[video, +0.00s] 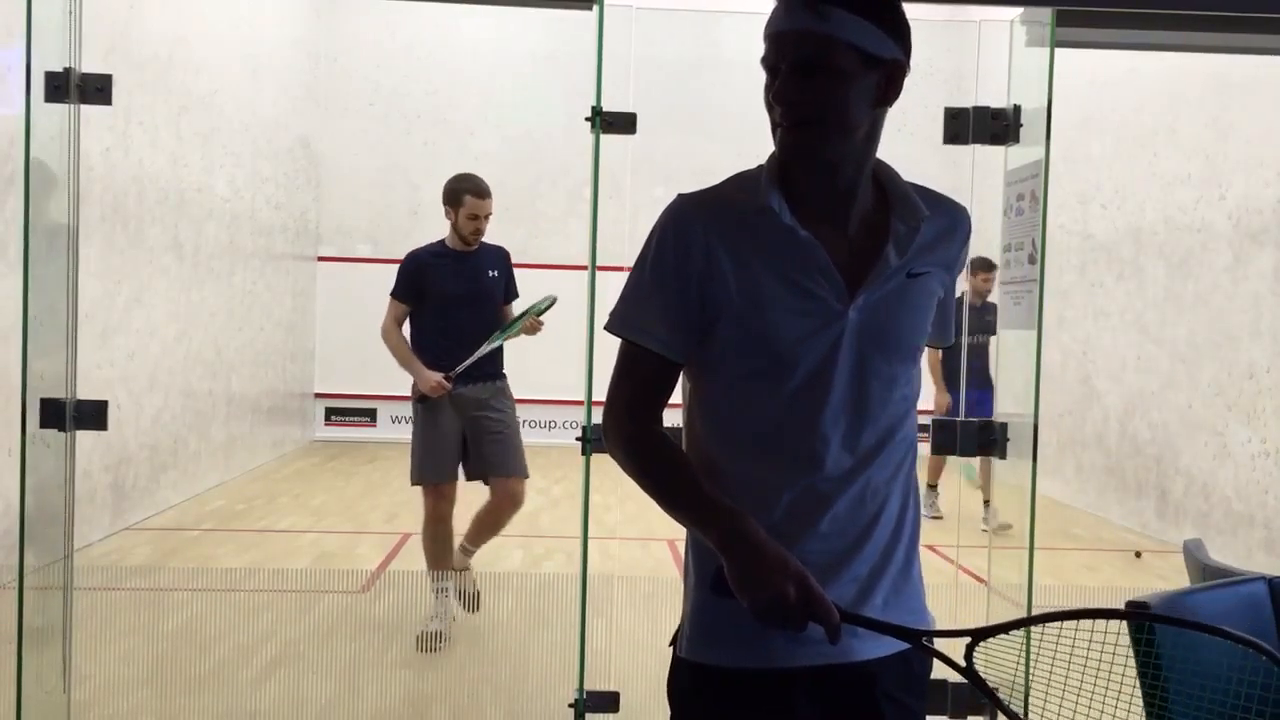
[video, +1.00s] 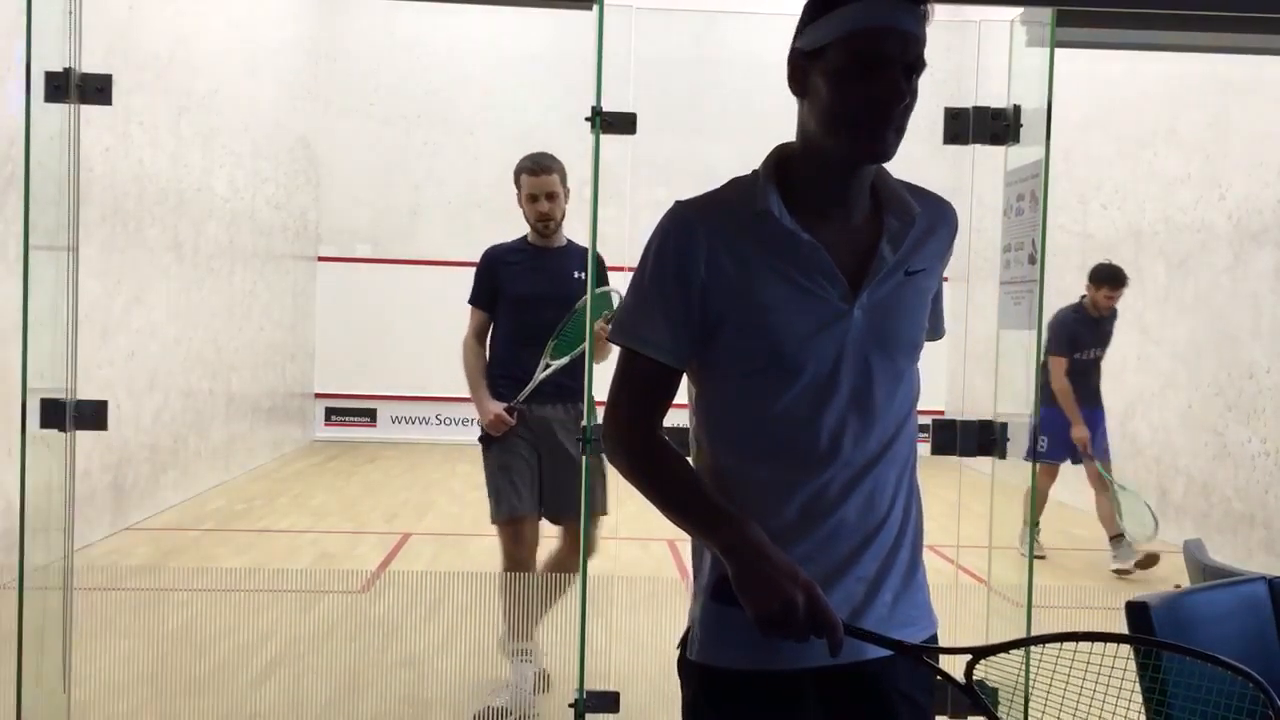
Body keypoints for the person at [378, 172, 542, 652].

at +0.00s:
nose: (482, 225)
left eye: (487, 217)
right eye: (474, 217)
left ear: (490, 214)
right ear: (450, 212)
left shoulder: (497, 258)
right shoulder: (420, 264)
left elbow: (504, 318)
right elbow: (390, 328)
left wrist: (522, 323)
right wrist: (418, 371)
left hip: (490, 392)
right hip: (438, 396)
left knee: (511, 494)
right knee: (439, 503)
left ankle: (461, 556)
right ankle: (440, 601)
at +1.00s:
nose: (544, 207)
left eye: (552, 196)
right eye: (534, 198)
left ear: (567, 197)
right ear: (519, 199)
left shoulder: (588, 264)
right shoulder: (497, 261)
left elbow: (601, 353)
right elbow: (474, 340)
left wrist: (602, 329)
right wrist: (483, 402)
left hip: (570, 417)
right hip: (511, 417)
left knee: (581, 538)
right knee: (518, 543)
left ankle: (522, 627)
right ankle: (523, 666)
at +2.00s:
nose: (603, 205)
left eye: (605, 195)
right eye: (605, 196)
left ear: (616, 192)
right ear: (651, 191)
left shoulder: (647, 248)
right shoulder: (649, 246)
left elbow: (640, 335)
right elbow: (642, 337)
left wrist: (574, 312)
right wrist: (612, 385)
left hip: (658, 420)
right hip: (635, 413)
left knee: (662, 540)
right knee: (615, 513)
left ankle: (684, 671)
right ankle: (611, 643)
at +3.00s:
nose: (485, 214)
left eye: (483, 205)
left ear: (485, 210)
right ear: (526, 206)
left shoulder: (500, 260)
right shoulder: (553, 260)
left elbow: (509, 342)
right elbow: (541, 344)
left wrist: (452, 338)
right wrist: (472, 339)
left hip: (510, 406)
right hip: (554, 404)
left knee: (493, 516)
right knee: (544, 512)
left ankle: (478, 640)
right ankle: (610, 618)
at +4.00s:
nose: (386, 212)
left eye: (384, 204)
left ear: (386, 207)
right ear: (425, 207)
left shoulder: (391, 248)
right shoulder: (442, 258)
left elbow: (390, 320)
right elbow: (448, 331)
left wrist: (346, 322)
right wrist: (376, 316)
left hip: (388, 393)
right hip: (432, 395)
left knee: (344, 492)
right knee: (410, 495)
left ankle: (358, 615)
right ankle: (401, 616)